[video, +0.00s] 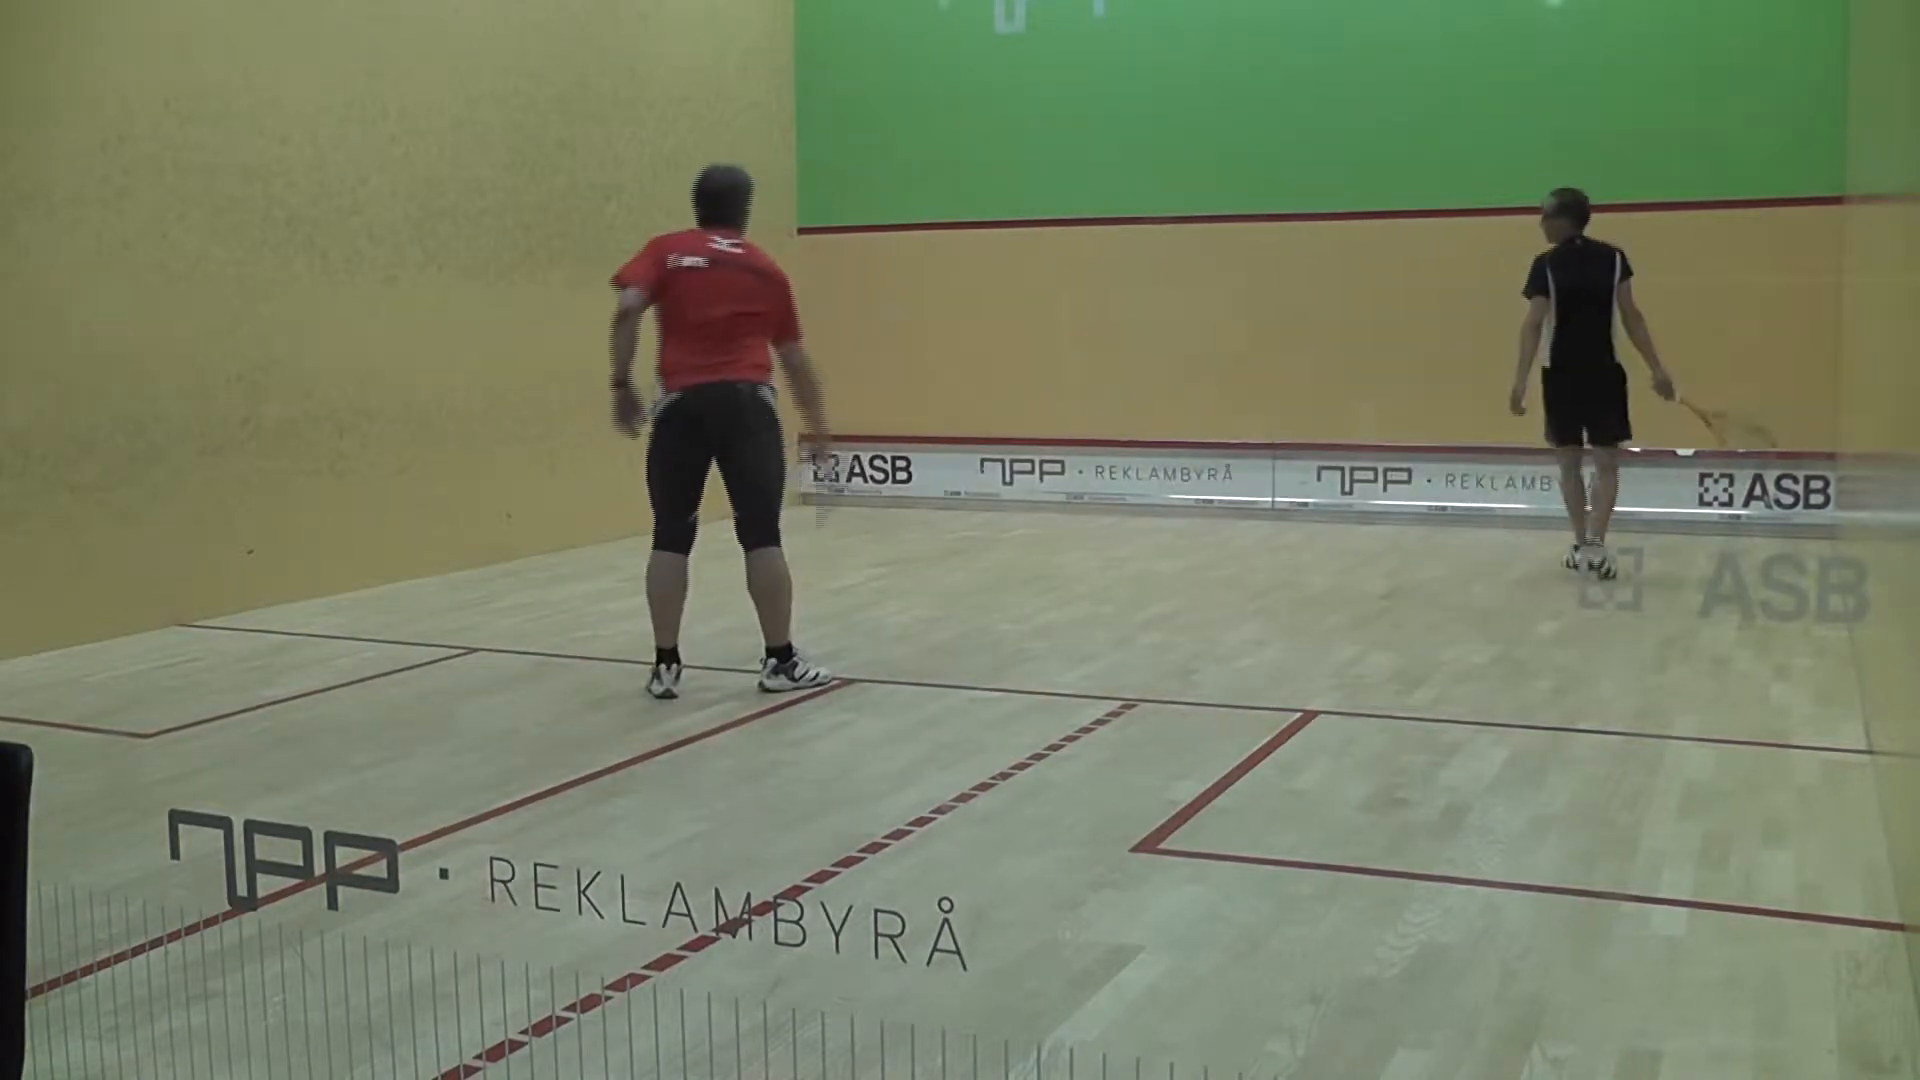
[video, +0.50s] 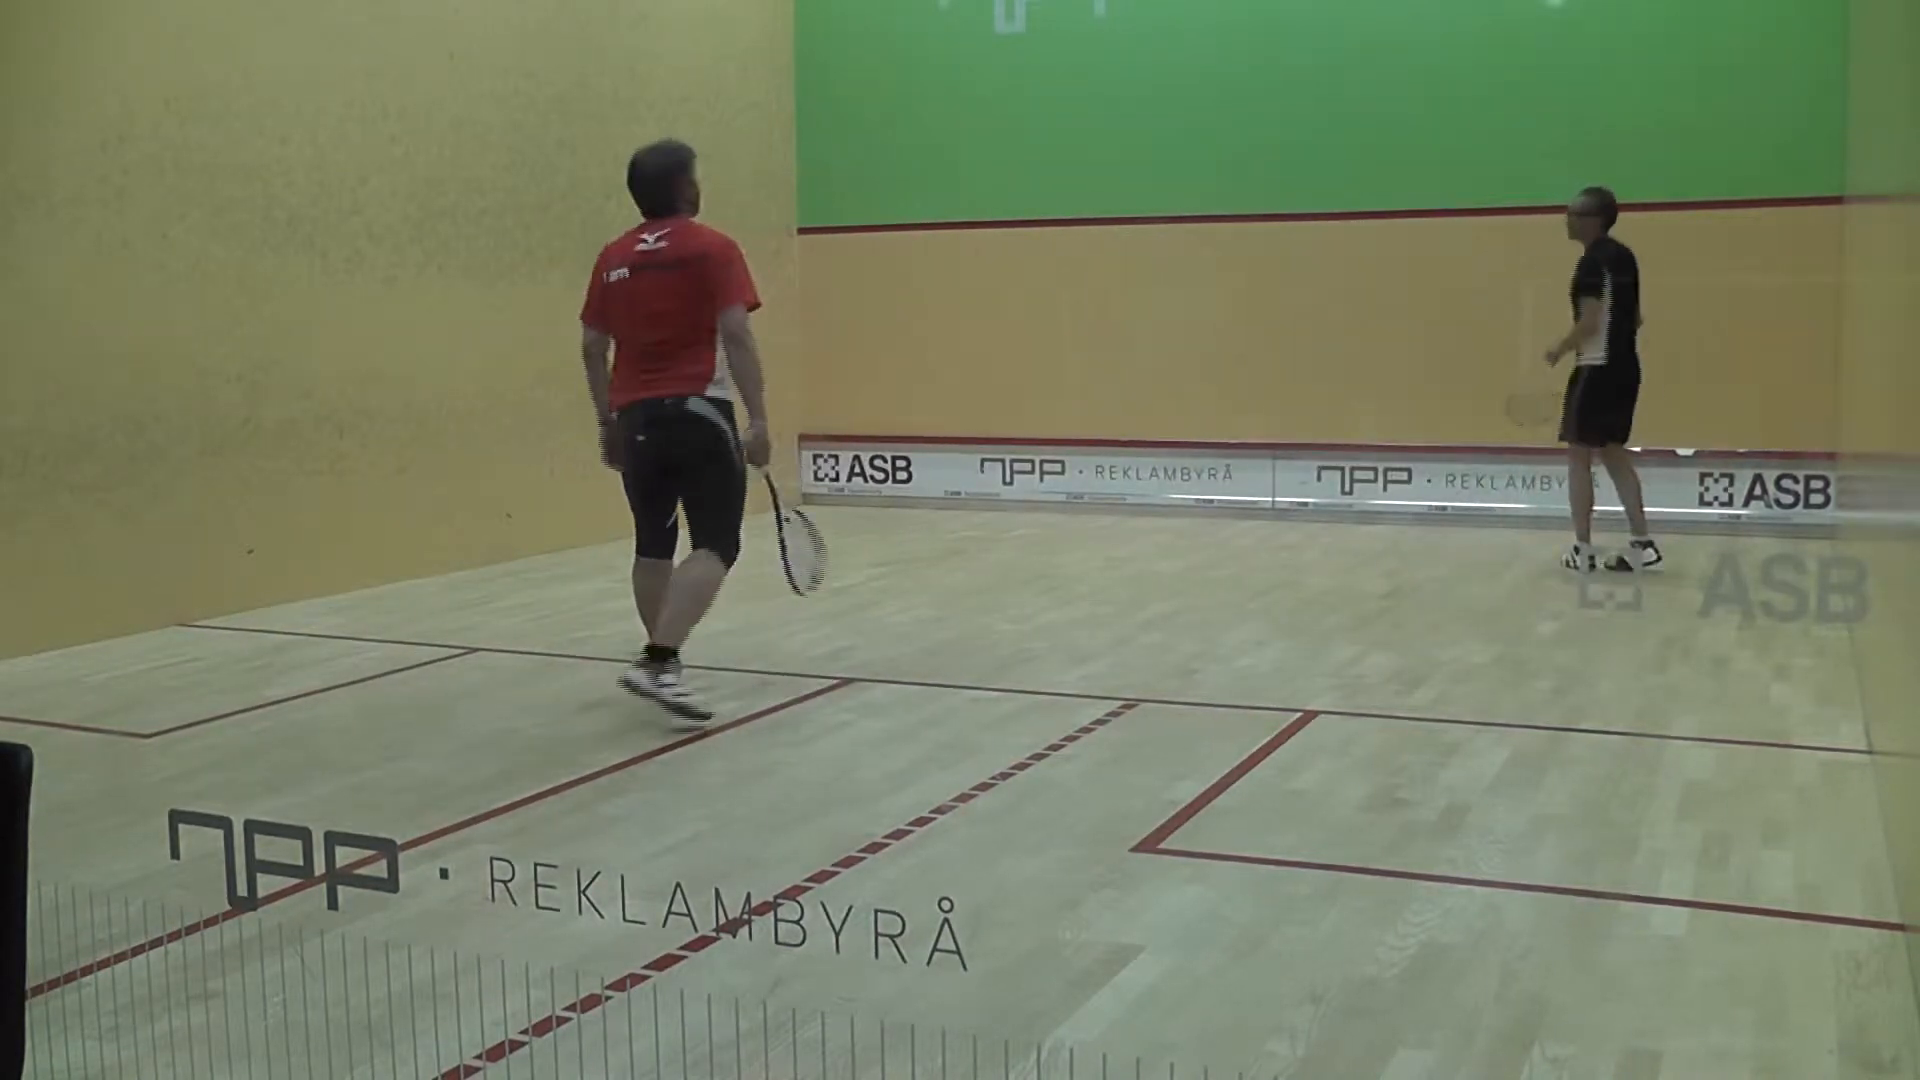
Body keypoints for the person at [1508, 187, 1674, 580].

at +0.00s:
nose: (1542, 223)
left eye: (1546, 217)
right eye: (1543, 216)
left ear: (1559, 221)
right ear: (1582, 220)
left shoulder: (1546, 264)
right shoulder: (1612, 256)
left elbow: (1534, 323)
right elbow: (1630, 315)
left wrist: (1520, 380)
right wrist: (1657, 368)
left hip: (1561, 377)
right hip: (1605, 375)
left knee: (1569, 462)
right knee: (1607, 462)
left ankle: (1582, 543)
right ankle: (1596, 544)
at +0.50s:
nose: (1567, 220)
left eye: (1574, 214)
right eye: (1569, 213)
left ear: (1594, 220)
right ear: (1600, 220)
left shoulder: (1591, 261)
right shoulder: (1624, 256)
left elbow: (1591, 321)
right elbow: (1635, 319)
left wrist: (1560, 347)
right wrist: (1600, 341)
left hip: (1595, 370)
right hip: (1623, 369)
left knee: (1579, 457)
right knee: (1614, 452)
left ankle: (1582, 548)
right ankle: (1643, 542)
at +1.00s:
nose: (1587, 218)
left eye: (1597, 212)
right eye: (1586, 210)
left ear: (1617, 218)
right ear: (1583, 213)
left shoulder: (1628, 263)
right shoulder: (1586, 262)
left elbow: (1637, 325)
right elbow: (1585, 323)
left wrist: (1625, 380)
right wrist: (1571, 371)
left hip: (1617, 377)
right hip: (1591, 375)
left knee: (1606, 466)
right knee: (1610, 463)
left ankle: (1623, 556)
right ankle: (1636, 539)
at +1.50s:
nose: (1555, 217)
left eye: (1564, 211)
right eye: (1551, 210)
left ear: (1583, 216)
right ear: (1546, 214)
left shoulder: (1604, 261)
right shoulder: (1541, 267)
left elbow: (1628, 322)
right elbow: (1538, 327)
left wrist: (1638, 384)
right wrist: (1518, 382)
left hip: (1596, 380)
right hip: (1551, 380)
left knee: (1602, 469)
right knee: (1529, 463)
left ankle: (1619, 558)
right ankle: (1521, 562)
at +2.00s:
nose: (1485, 207)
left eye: (1495, 201)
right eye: (1480, 200)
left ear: (1512, 207)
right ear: (1473, 205)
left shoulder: (1531, 257)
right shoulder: (1460, 258)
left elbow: (1550, 320)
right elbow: (1445, 320)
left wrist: (1555, 383)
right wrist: (1425, 381)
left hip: (1514, 372)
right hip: (1471, 372)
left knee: (1496, 472)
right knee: (1485, 474)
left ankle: (1504, 573)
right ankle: (1508, 567)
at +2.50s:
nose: (1404, 202)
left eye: (1414, 195)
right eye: (1403, 193)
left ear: (1441, 199)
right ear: (1405, 196)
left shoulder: (1463, 249)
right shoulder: (1402, 253)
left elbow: (1475, 322)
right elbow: (1400, 324)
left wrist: (1470, 392)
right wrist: (1385, 385)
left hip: (1449, 384)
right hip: (1408, 382)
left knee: (1442, 486)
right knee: (1371, 476)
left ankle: (1448, 591)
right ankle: (1407, 567)